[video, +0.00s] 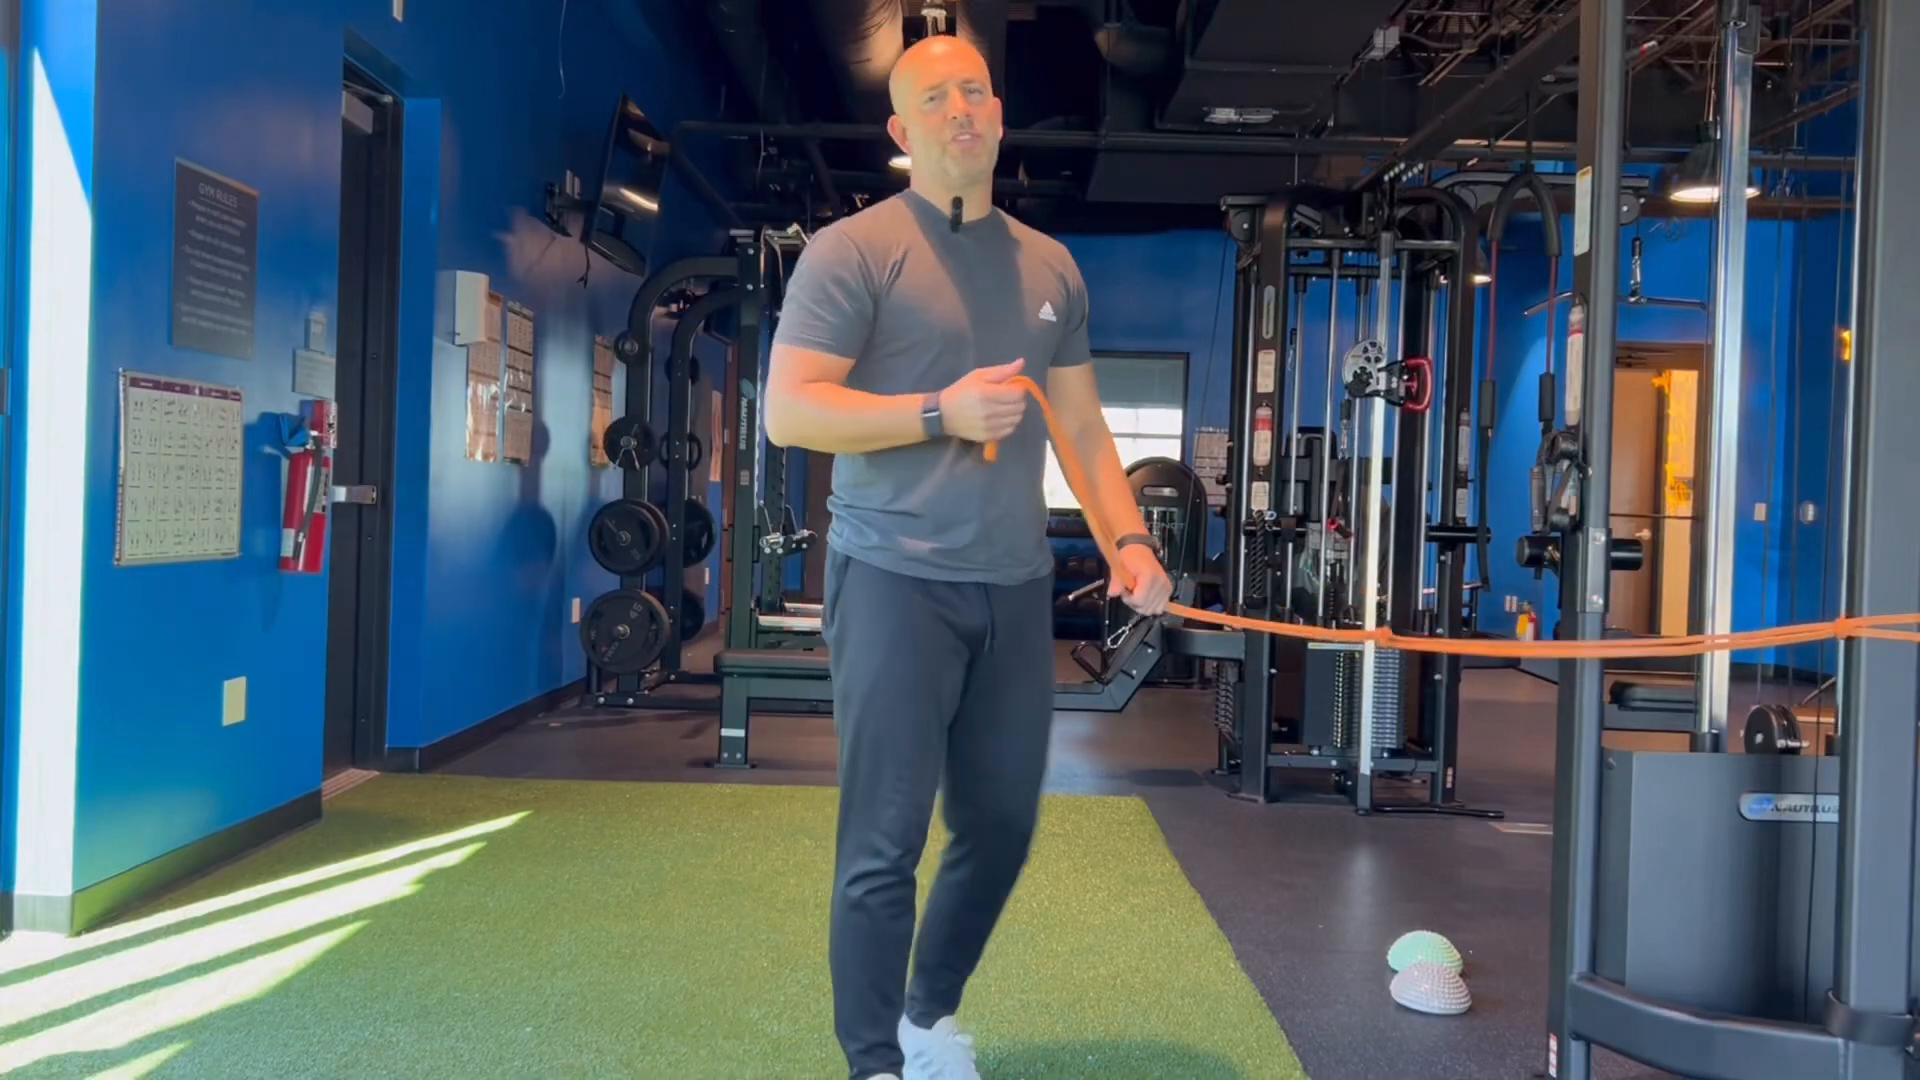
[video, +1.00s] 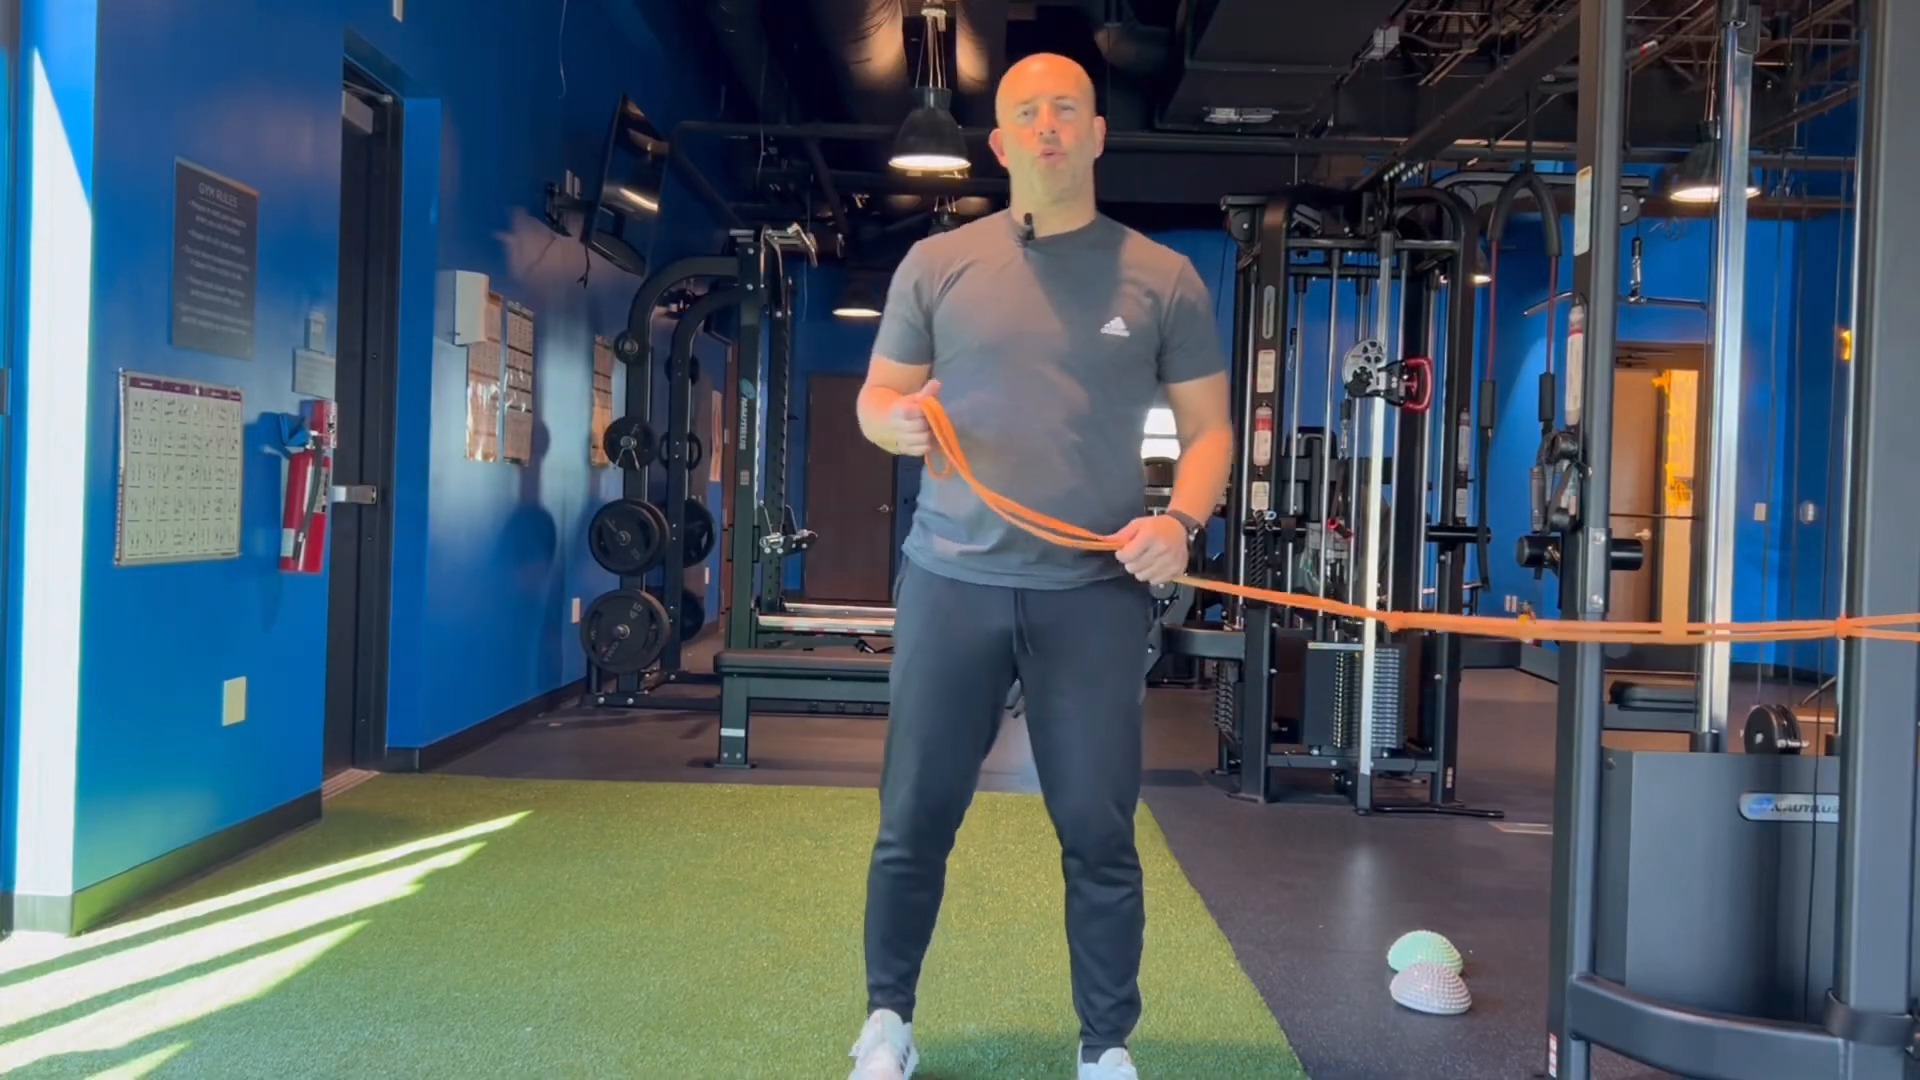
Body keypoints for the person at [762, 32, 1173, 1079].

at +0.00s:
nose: (964, 106)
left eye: (976, 88)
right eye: (937, 95)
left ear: (1002, 115)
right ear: (899, 131)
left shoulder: (1049, 267)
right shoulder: (848, 253)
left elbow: (1083, 430)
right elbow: (788, 409)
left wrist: (1128, 544)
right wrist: (938, 410)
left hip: (1016, 586)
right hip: (892, 580)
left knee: (1000, 826)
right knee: (884, 843)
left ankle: (926, 1014)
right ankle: (872, 1062)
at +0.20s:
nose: (969, 108)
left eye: (981, 88)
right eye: (941, 95)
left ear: (1007, 110)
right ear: (903, 128)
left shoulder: (1059, 263)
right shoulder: (860, 255)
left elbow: (1091, 425)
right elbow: (807, 415)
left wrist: (1138, 541)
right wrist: (968, 408)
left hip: (1041, 584)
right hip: (910, 584)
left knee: (1100, 805)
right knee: (888, 850)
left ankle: (1000, 987)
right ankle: (874, 1063)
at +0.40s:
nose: (1007, 111)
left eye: (1020, 92)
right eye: (979, 100)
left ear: (1048, 116)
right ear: (943, 136)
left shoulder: (1113, 268)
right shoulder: (894, 261)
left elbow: (1143, 425)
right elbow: (828, 415)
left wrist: (1175, 535)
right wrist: (967, 417)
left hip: (1079, 596)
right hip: (937, 588)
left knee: (1099, 834)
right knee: (906, 846)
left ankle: (1102, 1048)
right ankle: (878, 1063)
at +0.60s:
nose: (1067, 115)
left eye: (1086, 98)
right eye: (1045, 101)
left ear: (1119, 125)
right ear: (1013, 134)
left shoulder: (1181, 276)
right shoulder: (948, 256)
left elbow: (1218, 432)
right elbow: (884, 405)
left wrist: (1210, 542)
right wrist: (943, 420)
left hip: (1110, 595)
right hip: (964, 583)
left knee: (1108, 836)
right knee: (922, 828)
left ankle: (1107, 1051)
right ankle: (883, 1060)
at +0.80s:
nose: (1085, 118)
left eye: (1104, 103)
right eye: (1065, 105)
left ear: (1138, 131)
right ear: (1033, 137)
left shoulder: (1195, 279)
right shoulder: (967, 255)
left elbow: (1235, 435)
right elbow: (905, 388)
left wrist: (1191, 531)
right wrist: (911, 407)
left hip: (1111, 594)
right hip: (968, 579)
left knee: (1110, 836)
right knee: (924, 818)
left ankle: (1109, 1051)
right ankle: (886, 1043)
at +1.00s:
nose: (1048, 124)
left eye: (1069, 108)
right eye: (1027, 110)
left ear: (1101, 134)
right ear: (997, 140)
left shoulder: (1164, 279)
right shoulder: (934, 264)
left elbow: (1210, 430)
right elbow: (882, 402)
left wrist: (1179, 519)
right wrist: (893, 419)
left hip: (1094, 588)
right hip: (952, 583)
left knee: (1100, 833)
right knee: (913, 822)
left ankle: (1108, 1048)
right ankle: (886, 1019)